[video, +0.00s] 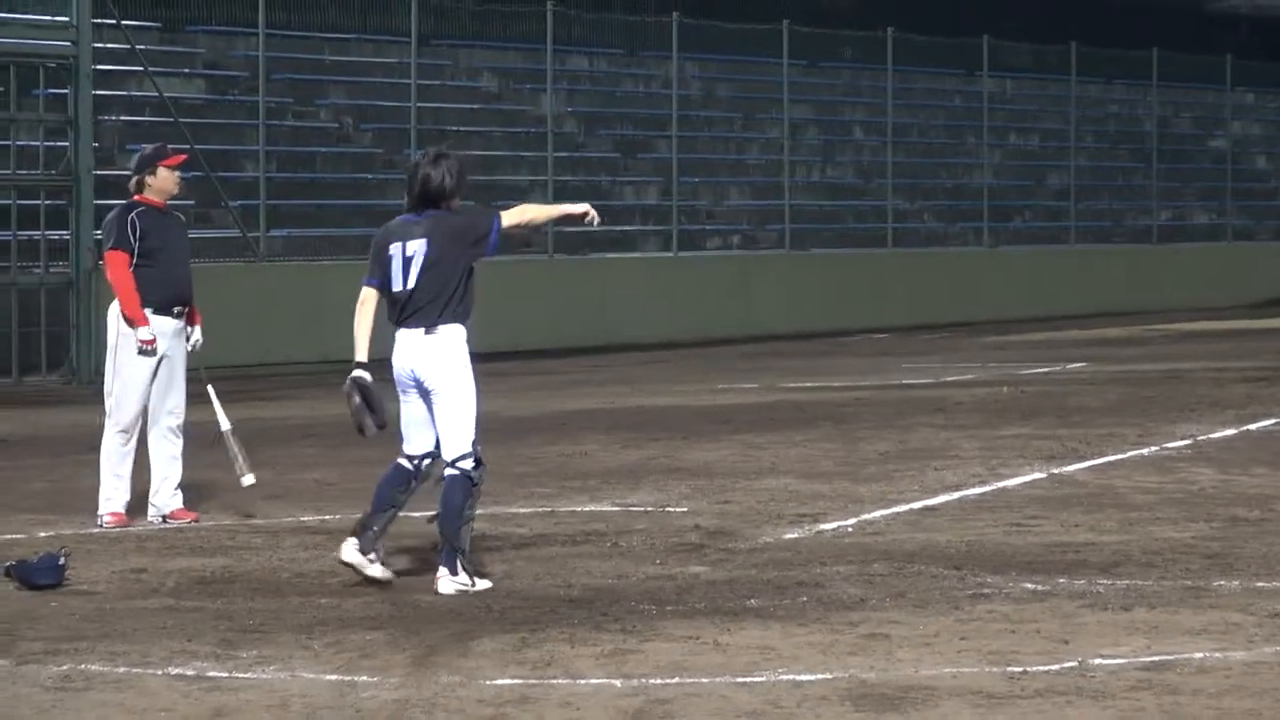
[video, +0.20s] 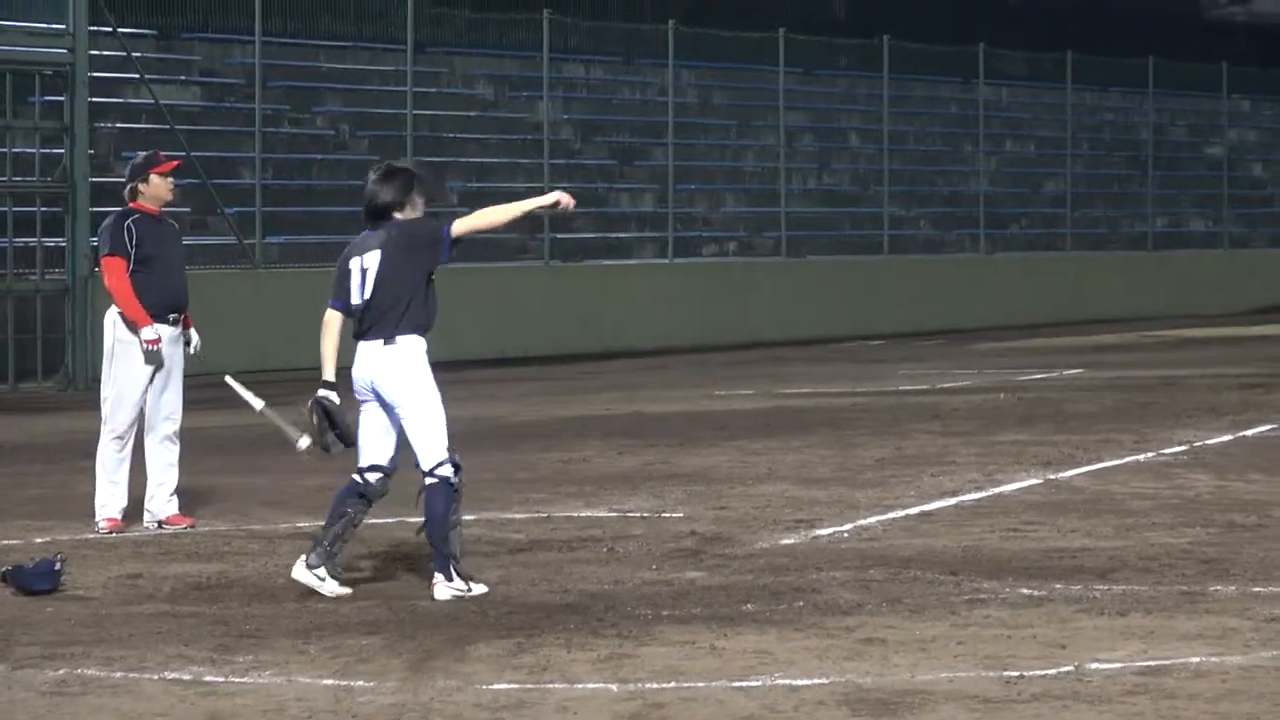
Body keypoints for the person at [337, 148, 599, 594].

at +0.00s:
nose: (462, 192)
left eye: (459, 185)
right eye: (459, 186)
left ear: (414, 188)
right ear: (451, 191)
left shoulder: (390, 233)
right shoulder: (460, 225)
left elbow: (367, 301)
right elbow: (518, 216)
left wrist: (359, 364)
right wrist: (568, 209)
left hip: (403, 350)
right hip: (445, 349)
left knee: (417, 454)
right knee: (462, 461)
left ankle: (363, 544)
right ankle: (452, 568)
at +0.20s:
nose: (422, 206)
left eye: (420, 198)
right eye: (417, 200)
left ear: (377, 207)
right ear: (401, 205)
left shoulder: (355, 250)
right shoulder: (416, 234)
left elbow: (333, 318)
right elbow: (476, 222)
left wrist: (326, 383)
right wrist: (537, 202)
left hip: (365, 361)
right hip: (404, 359)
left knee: (372, 473)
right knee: (439, 467)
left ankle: (316, 561)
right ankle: (447, 574)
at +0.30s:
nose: (408, 203)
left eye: (405, 195)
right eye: (402, 197)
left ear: (364, 205)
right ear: (383, 203)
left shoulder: (342, 249)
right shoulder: (394, 234)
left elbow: (319, 318)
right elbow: (446, 231)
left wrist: (318, 383)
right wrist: (512, 215)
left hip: (340, 358)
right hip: (378, 355)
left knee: (354, 469)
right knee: (421, 462)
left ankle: (308, 565)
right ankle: (445, 569)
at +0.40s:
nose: (393, 205)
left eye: (391, 197)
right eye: (388, 198)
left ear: (350, 203)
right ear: (370, 201)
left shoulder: (326, 247)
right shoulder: (366, 231)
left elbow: (302, 319)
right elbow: (393, 247)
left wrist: (303, 383)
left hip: (321, 355)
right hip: (354, 352)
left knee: (345, 464)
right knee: (398, 458)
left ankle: (305, 566)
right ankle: (411, 567)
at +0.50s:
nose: (381, 203)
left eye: (380, 194)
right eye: (377, 195)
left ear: (339, 198)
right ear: (360, 196)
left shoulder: (320, 239)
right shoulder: (355, 225)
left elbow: (294, 314)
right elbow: (345, 254)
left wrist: (293, 376)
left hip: (313, 350)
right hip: (341, 346)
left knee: (336, 459)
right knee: (382, 456)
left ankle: (308, 564)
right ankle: (362, 561)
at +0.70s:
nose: (360, 200)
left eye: (359, 192)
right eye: (355, 193)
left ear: (325, 196)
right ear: (336, 196)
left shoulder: (321, 233)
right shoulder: (321, 228)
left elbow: (281, 306)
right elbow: (277, 280)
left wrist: (273, 371)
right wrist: (245, 340)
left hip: (306, 349)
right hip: (313, 349)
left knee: (327, 459)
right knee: (328, 460)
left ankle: (308, 566)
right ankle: (250, 547)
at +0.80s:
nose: (346, 202)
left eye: (345, 194)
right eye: (341, 195)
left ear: (316, 198)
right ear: (322, 198)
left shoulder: (315, 240)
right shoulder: (298, 234)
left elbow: (286, 320)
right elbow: (252, 286)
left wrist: (265, 384)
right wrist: (225, 348)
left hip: (308, 358)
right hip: (290, 357)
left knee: (315, 466)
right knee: (288, 470)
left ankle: (302, 572)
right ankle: (212, 556)